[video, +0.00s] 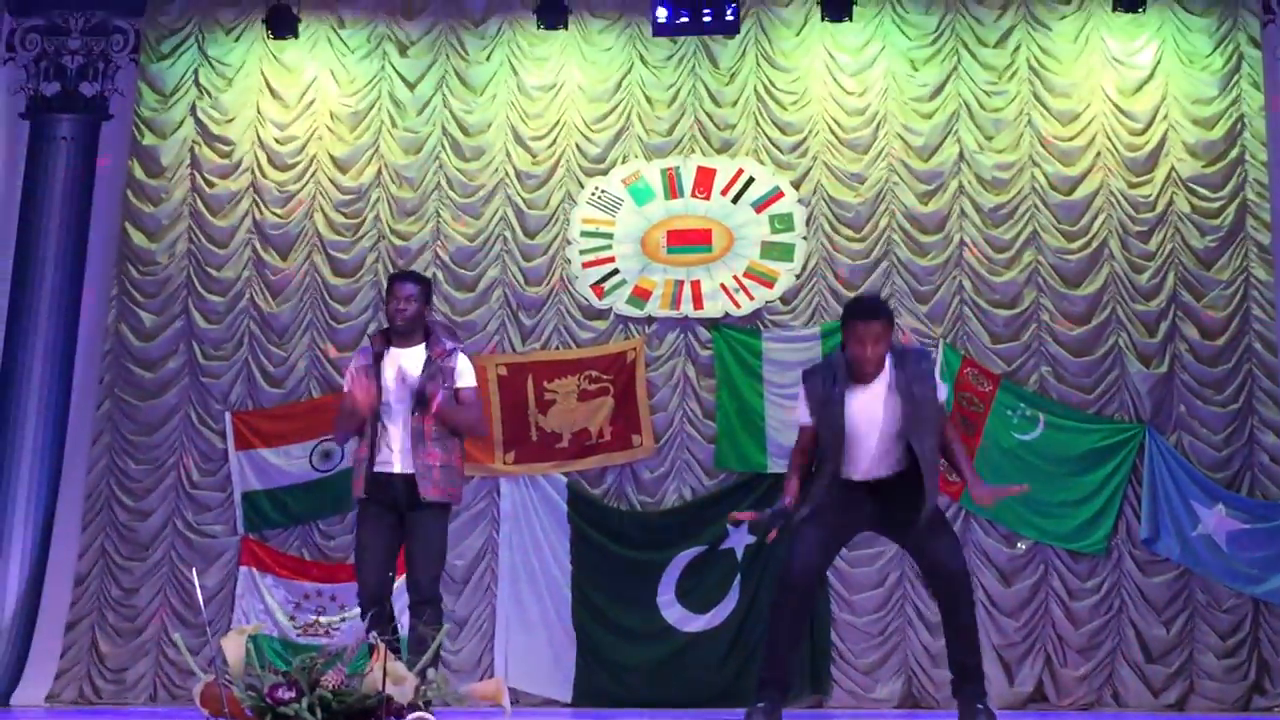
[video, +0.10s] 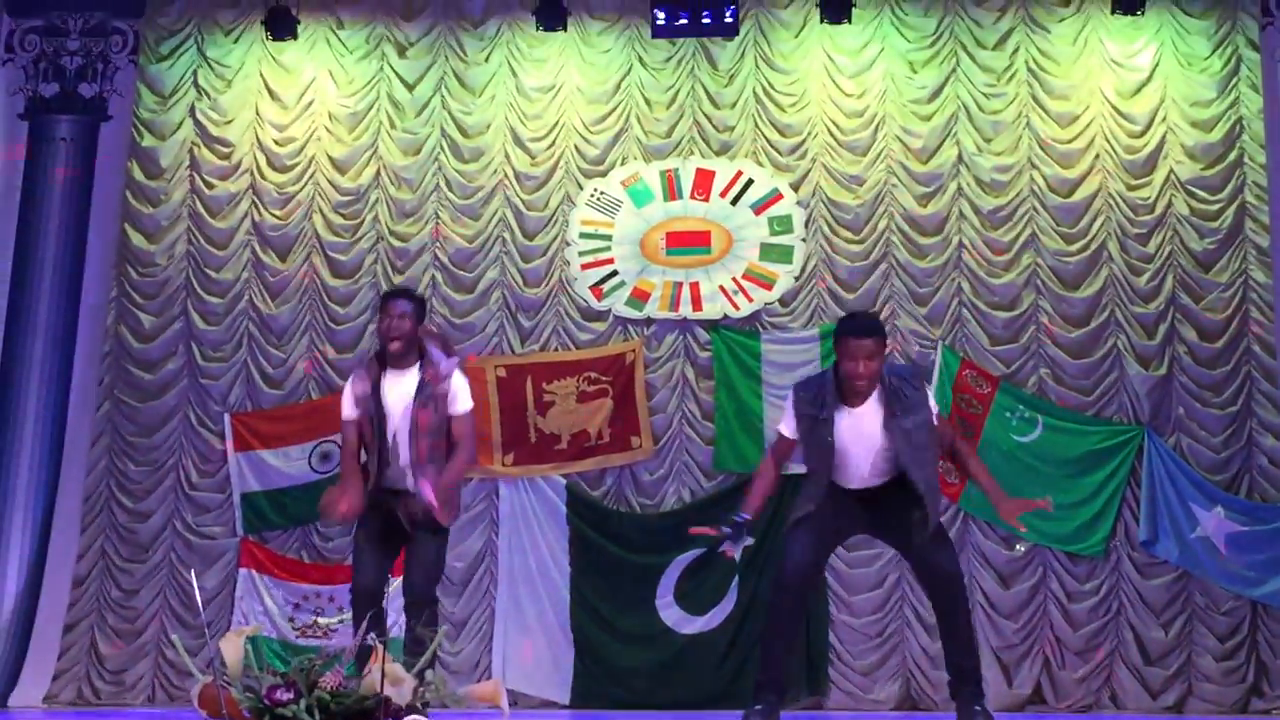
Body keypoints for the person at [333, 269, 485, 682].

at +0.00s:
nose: (401, 308)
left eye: (410, 301)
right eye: (394, 300)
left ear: (426, 307)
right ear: (385, 305)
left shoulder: (451, 359)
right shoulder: (365, 358)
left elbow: (476, 423)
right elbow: (342, 432)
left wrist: (438, 403)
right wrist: (357, 409)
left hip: (428, 490)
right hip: (377, 489)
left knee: (423, 589)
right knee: (371, 591)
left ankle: (421, 685)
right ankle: (387, 682)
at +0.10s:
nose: (393, 326)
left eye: (403, 318)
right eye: (386, 318)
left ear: (420, 326)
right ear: (378, 324)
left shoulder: (447, 378)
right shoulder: (361, 380)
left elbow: (465, 451)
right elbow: (349, 452)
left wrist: (433, 495)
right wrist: (353, 493)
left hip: (428, 503)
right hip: (379, 501)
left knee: (419, 593)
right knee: (364, 588)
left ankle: (418, 682)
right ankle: (369, 678)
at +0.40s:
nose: (381, 320)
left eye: (391, 312)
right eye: (375, 312)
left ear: (409, 317)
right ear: (367, 317)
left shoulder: (440, 359)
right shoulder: (347, 364)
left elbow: (507, 373)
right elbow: (285, 392)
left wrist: (538, 401)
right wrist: (227, 405)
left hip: (423, 500)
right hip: (370, 495)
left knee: (411, 588)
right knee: (355, 586)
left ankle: (412, 687)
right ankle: (343, 684)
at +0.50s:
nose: (382, 316)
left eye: (391, 308)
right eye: (375, 307)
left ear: (408, 312)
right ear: (366, 310)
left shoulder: (436, 350)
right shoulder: (348, 353)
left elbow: (508, 373)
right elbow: (298, 388)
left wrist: (502, 407)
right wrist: (277, 414)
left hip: (420, 491)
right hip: (368, 489)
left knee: (410, 583)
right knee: (355, 586)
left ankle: (413, 685)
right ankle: (346, 686)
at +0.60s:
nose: (380, 341)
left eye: (390, 334)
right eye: (375, 332)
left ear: (408, 341)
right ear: (365, 337)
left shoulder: (434, 384)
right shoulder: (348, 390)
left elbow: (486, 449)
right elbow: (327, 462)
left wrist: (468, 507)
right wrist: (323, 525)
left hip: (422, 510)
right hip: (371, 506)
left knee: (408, 591)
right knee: (352, 594)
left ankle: (416, 685)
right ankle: (354, 678)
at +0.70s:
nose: (385, 391)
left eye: (395, 382)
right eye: (378, 382)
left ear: (413, 390)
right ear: (369, 390)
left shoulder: (442, 440)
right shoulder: (354, 445)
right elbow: (343, 526)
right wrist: (325, 597)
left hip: (436, 538)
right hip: (386, 539)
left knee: (422, 607)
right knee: (359, 599)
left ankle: (433, 693)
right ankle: (364, 677)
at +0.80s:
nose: (380, 404)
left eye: (390, 395)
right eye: (373, 394)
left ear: (408, 402)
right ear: (363, 400)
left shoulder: (439, 450)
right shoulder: (348, 455)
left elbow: (478, 523)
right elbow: (311, 527)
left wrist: (505, 584)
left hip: (432, 541)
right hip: (379, 541)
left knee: (421, 610)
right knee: (358, 602)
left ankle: (427, 694)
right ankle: (362, 686)